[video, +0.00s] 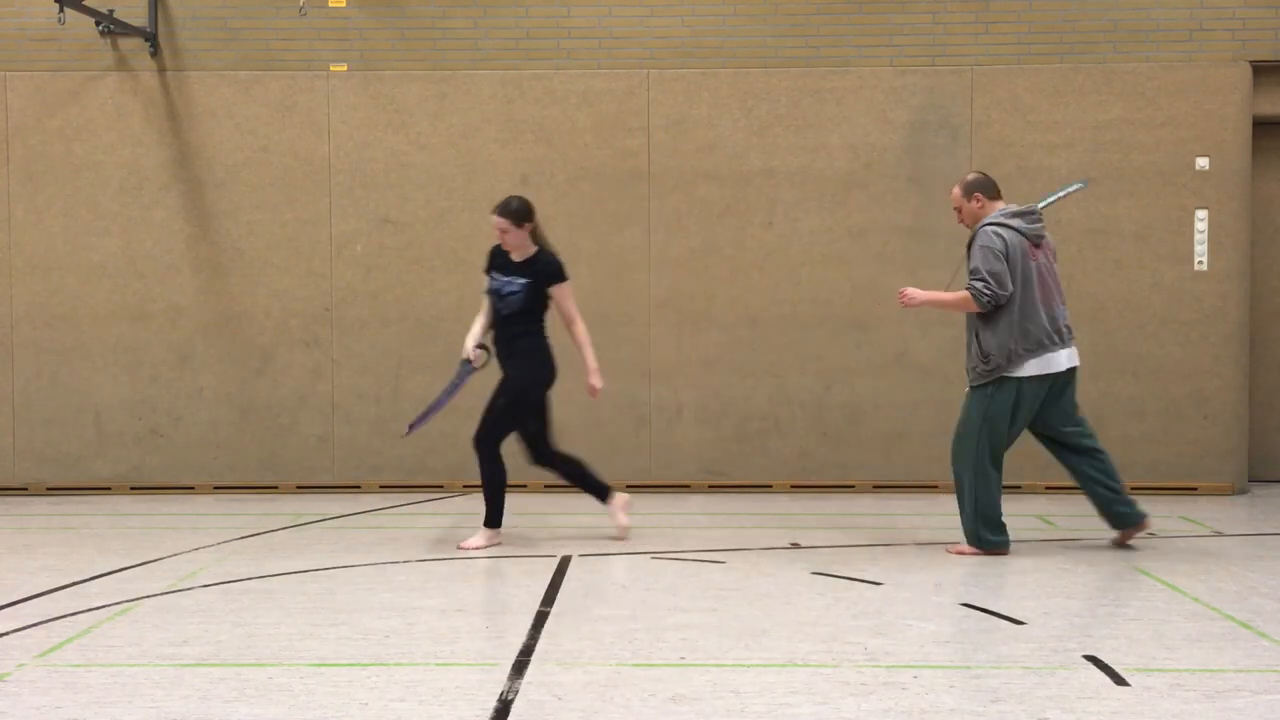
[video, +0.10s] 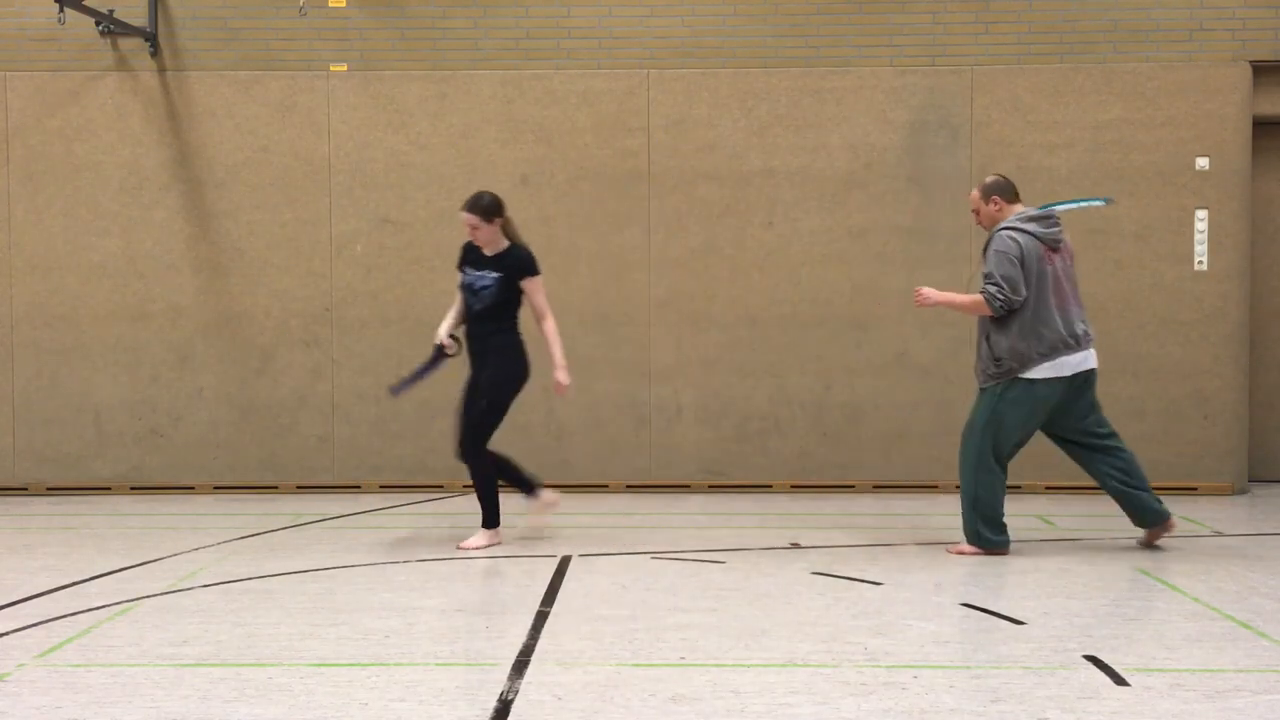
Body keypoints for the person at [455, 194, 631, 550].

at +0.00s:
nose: (499, 238)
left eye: (504, 231)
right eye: (497, 231)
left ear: (525, 228)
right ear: (502, 229)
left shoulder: (546, 265)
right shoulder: (498, 258)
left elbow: (573, 320)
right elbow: (489, 308)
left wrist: (593, 370)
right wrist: (471, 341)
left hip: (533, 367)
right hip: (514, 366)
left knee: (486, 440)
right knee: (541, 452)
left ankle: (491, 530)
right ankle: (612, 498)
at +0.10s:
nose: (470, 234)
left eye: (474, 227)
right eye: (467, 228)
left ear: (495, 223)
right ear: (472, 226)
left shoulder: (519, 259)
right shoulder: (470, 254)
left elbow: (544, 315)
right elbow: (464, 301)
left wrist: (560, 366)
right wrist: (445, 328)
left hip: (507, 364)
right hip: (481, 363)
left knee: (472, 445)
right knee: (470, 446)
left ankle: (490, 529)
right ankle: (538, 493)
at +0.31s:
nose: (419, 231)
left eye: (424, 225)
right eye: (416, 225)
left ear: (444, 218)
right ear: (415, 222)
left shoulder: (469, 252)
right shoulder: (413, 251)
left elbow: (485, 311)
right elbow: (406, 303)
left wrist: (488, 361)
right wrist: (384, 318)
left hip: (455, 360)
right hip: (416, 359)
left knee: (458, 445)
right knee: (383, 435)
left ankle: (490, 528)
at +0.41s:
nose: (398, 235)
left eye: (404, 229)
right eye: (394, 229)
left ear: (422, 225)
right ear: (392, 225)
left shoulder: (444, 262)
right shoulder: (381, 258)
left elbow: (453, 318)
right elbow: (366, 309)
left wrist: (458, 365)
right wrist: (351, 316)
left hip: (426, 365)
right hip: (383, 363)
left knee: (445, 448)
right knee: (353, 443)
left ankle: (485, 527)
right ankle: (318, 518)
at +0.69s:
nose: (395, 229)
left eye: (398, 222)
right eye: (389, 222)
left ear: (399, 225)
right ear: (368, 223)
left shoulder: (395, 267)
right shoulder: (339, 258)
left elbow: (399, 322)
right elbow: (317, 316)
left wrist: (415, 362)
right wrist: (325, 276)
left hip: (374, 365)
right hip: (333, 363)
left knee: (414, 437)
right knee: (330, 448)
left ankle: (432, 521)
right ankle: (316, 524)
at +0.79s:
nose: (397, 222)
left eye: (399, 215)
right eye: (391, 215)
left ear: (388, 219)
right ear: (368, 217)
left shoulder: (387, 263)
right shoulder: (339, 253)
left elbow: (393, 320)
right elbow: (324, 299)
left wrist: (416, 361)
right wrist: (337, 249)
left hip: (367, 363)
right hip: (327, 362)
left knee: (406, 434)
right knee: (328, 445)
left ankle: (413, 520)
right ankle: (315, 523)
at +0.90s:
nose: (396, 215)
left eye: (396, 209)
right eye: (390, 209)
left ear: (382, 213)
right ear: (367, 211)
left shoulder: (383, 258)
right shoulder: (339, 246)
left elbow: (392, 316)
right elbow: (339, 274)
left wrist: (418, 354)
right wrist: (344, 223)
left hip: (368, 362)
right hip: (327, 360)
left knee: (395, 438)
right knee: (318, 441)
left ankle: (415, 520)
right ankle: (300, 520)